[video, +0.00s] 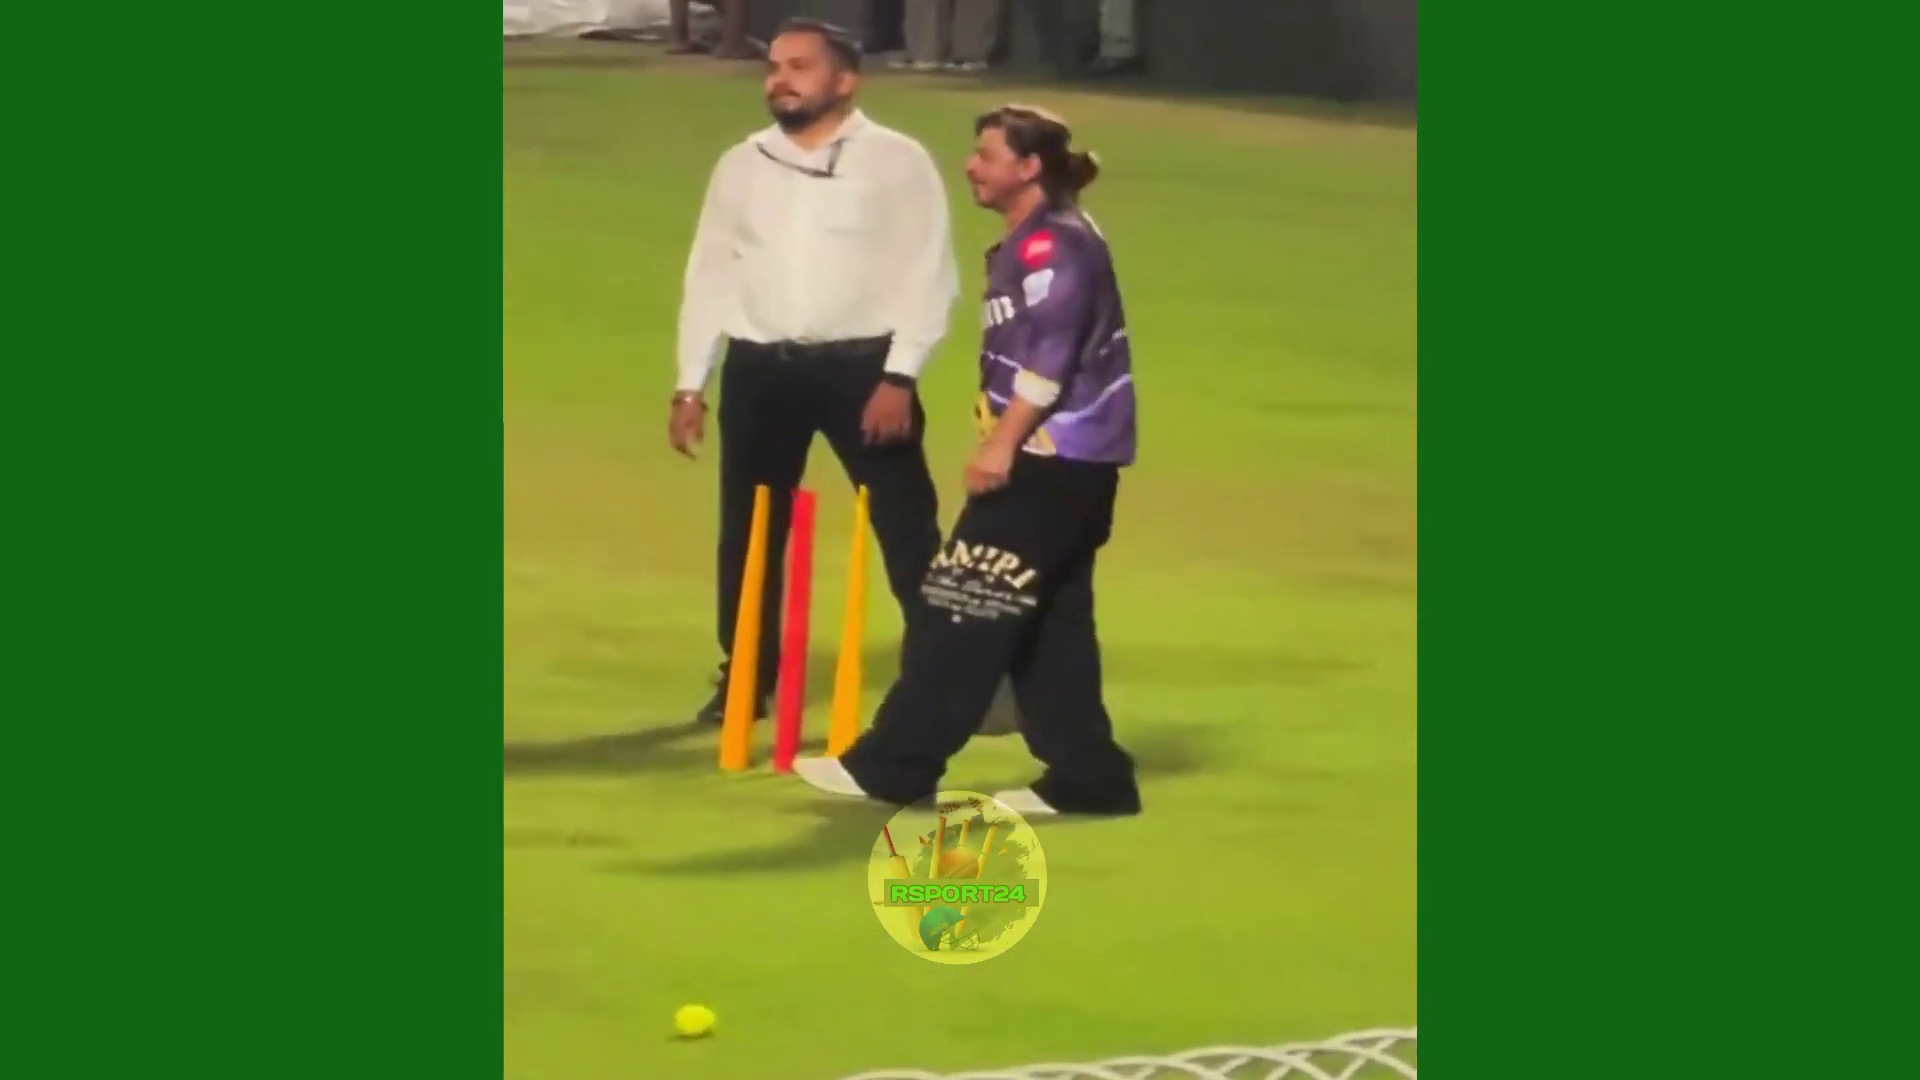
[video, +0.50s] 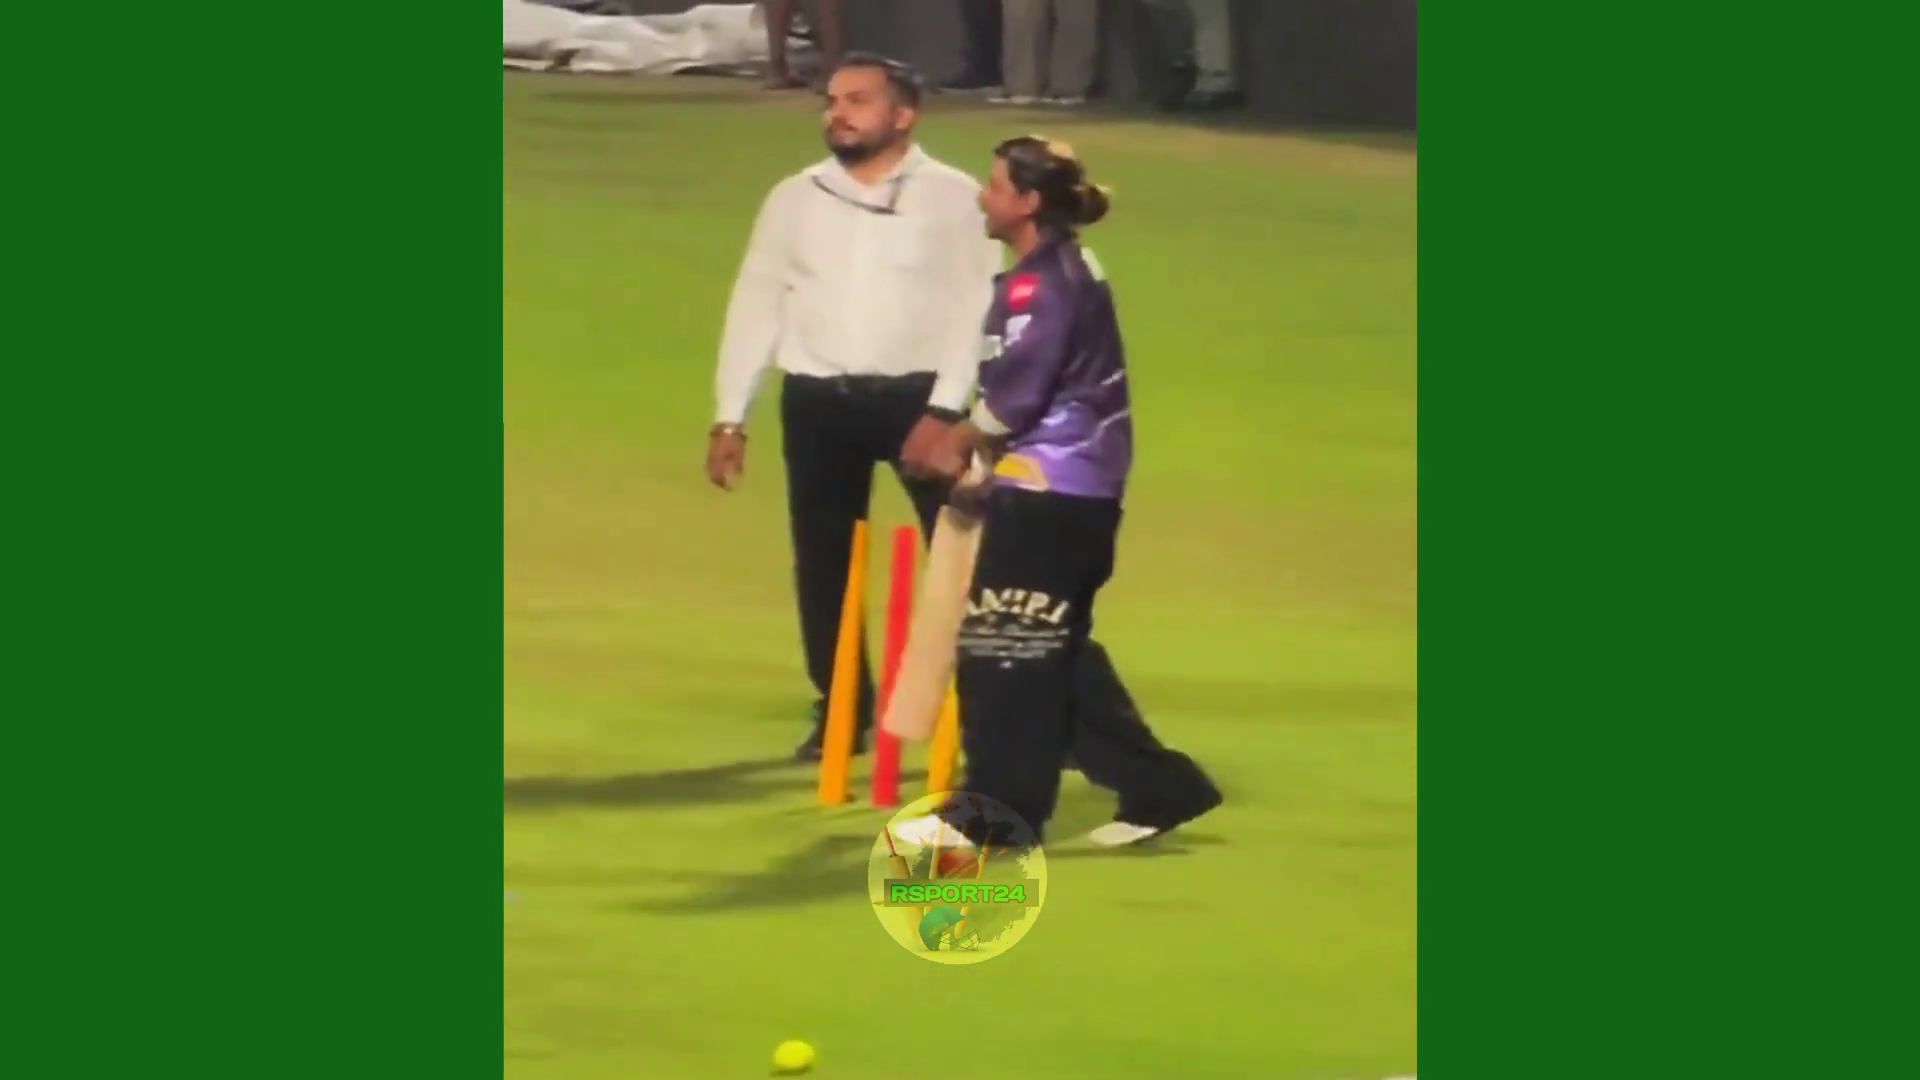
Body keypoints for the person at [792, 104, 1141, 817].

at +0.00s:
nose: (971, 168)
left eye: (985, 156)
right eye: (975, 155)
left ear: (1029, 168)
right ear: (1024, 169)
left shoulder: (1060, 246)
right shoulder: (1020, 247)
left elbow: (1052, 360)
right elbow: (1022, 354)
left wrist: (1004, 441)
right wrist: (1000, 422)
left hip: (1059, 461)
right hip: (1041, 458)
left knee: (962, 602)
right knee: (1050, 628)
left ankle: (892, 765)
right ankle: (1089, 778)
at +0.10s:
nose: (978, 174)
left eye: (991, 163)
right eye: (982, 161)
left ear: (1034, 176)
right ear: (1032, 176)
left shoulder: (1059, 256)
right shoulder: (1033, 250)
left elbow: (1044, 375)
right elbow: (1024, 366)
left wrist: (997, 453)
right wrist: (1001, 439)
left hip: (1063, 469)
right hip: (1057, 468)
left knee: (979, 615)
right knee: (1062, 634)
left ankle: (908, 775)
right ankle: (1104, 786)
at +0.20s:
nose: (977, 183)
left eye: (989, 173)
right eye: (982, 171)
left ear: (1029, 186)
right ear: (1032, 187)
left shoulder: (1044, 269)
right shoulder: (1053, 259)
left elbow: (1022, 389)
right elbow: (1024, 385)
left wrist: (969, 466)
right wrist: (987, 461)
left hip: (1053, 478)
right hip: (1070, 479)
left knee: (989, 631)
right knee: (1069, 641)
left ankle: (936, 792)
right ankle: (1122, 794)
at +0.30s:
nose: (964, 184)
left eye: (976, 174)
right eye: (969, 171)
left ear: (1013, 189)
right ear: (1020, 189)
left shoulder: (1022, 273)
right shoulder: (1052, 258)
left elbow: (998, 396)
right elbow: (1025, 386)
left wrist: (946, 463)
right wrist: (961, 456)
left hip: (1029, 484)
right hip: (1061, 484)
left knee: (970, 641)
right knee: (1059, 645)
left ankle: (942, 796)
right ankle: (1125, 794)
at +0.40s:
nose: (969, 189)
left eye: (980, 180)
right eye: (974, 177)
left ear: (1016, 195)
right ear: (1025, 195)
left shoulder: (1028, 277)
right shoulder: (1057, 266)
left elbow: (1006, 393)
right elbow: (1024, 387)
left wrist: (947, 452)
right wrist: (972, 450)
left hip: (1033, 487)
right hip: (1068, 488)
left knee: (984, 644)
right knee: (1059, 645)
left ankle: (969, 803)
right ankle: (1140, 794)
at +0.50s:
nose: (982, 196)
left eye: (992, 186)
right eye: (988, 183)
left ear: (1028, 201)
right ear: (1034, 201)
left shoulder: (1043, 285)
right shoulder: (1064, 270)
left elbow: (1014, 402)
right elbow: (1027, 395)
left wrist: (963, 441)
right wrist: (974, 444)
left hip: (1048, 487)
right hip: (1074, 487)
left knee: (1006, 649)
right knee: (1052, 649)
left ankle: (1001, 813)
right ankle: (1156, 786)